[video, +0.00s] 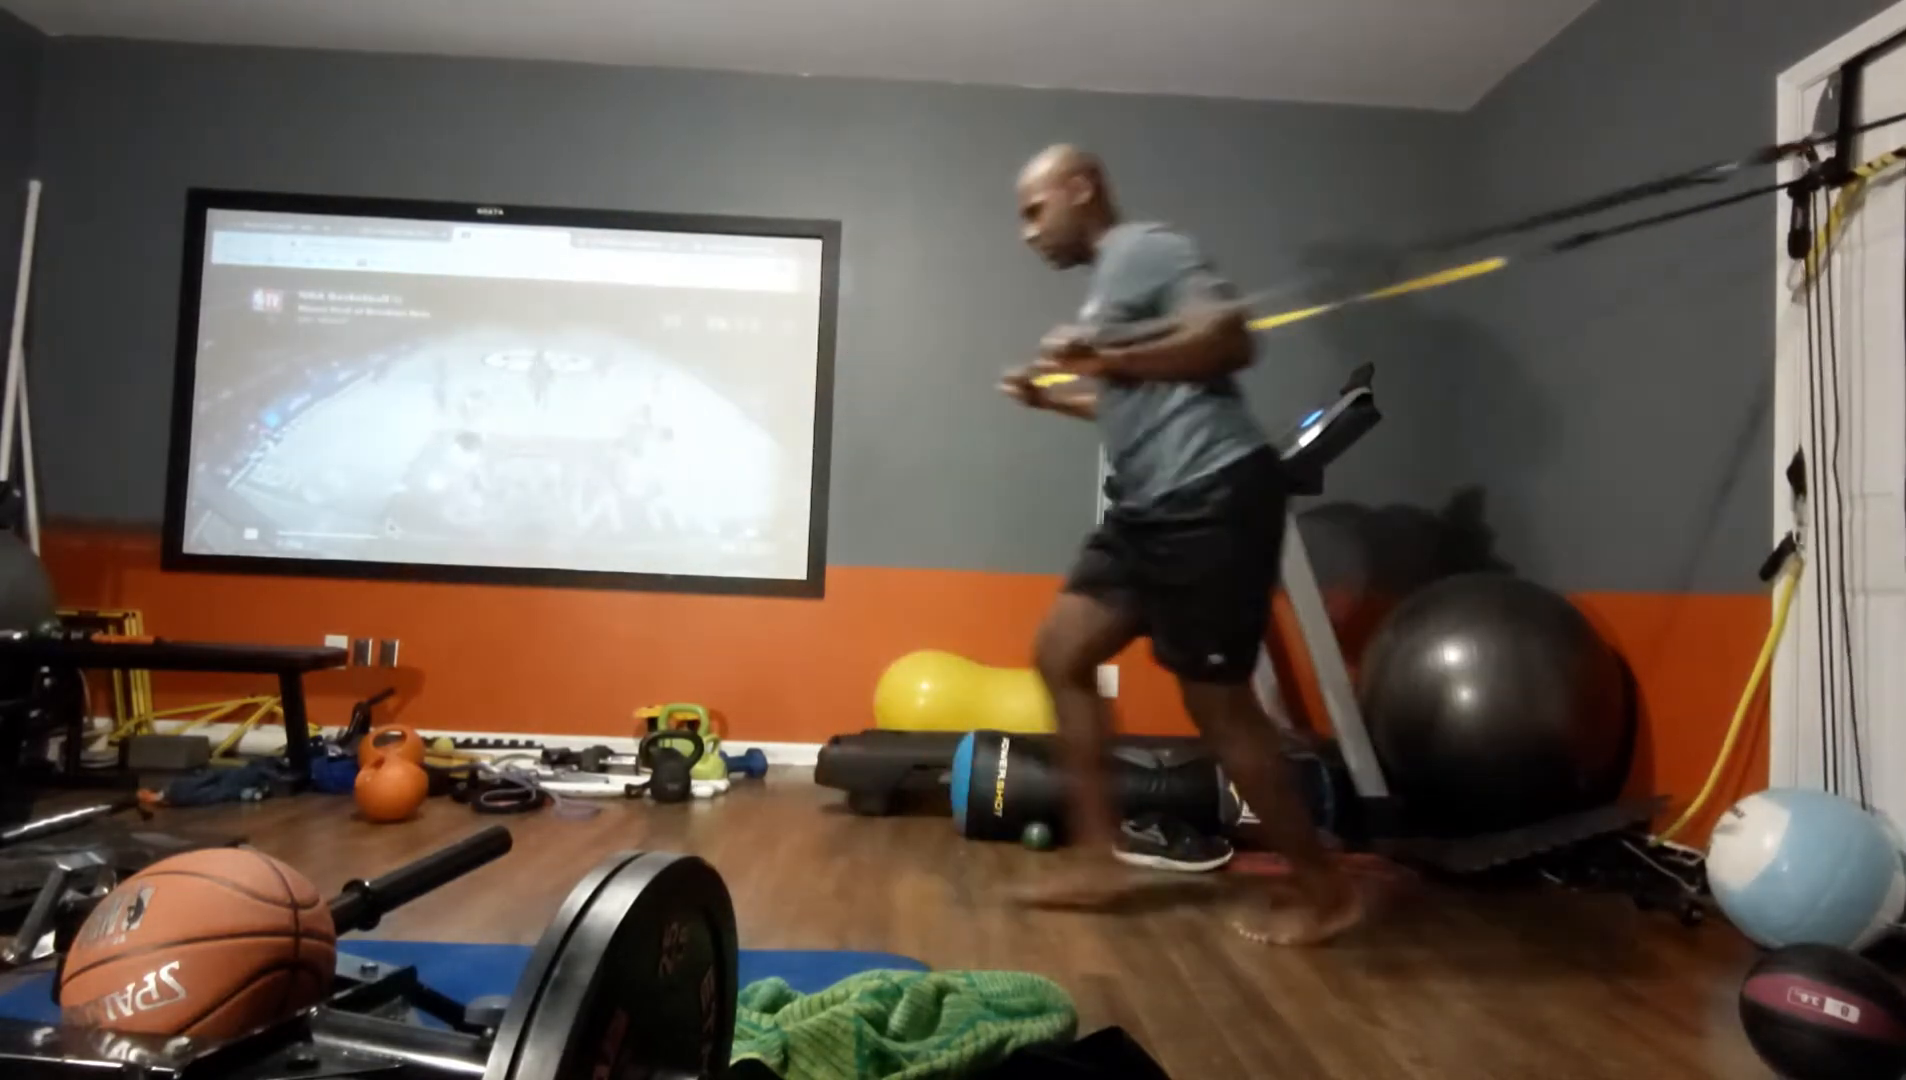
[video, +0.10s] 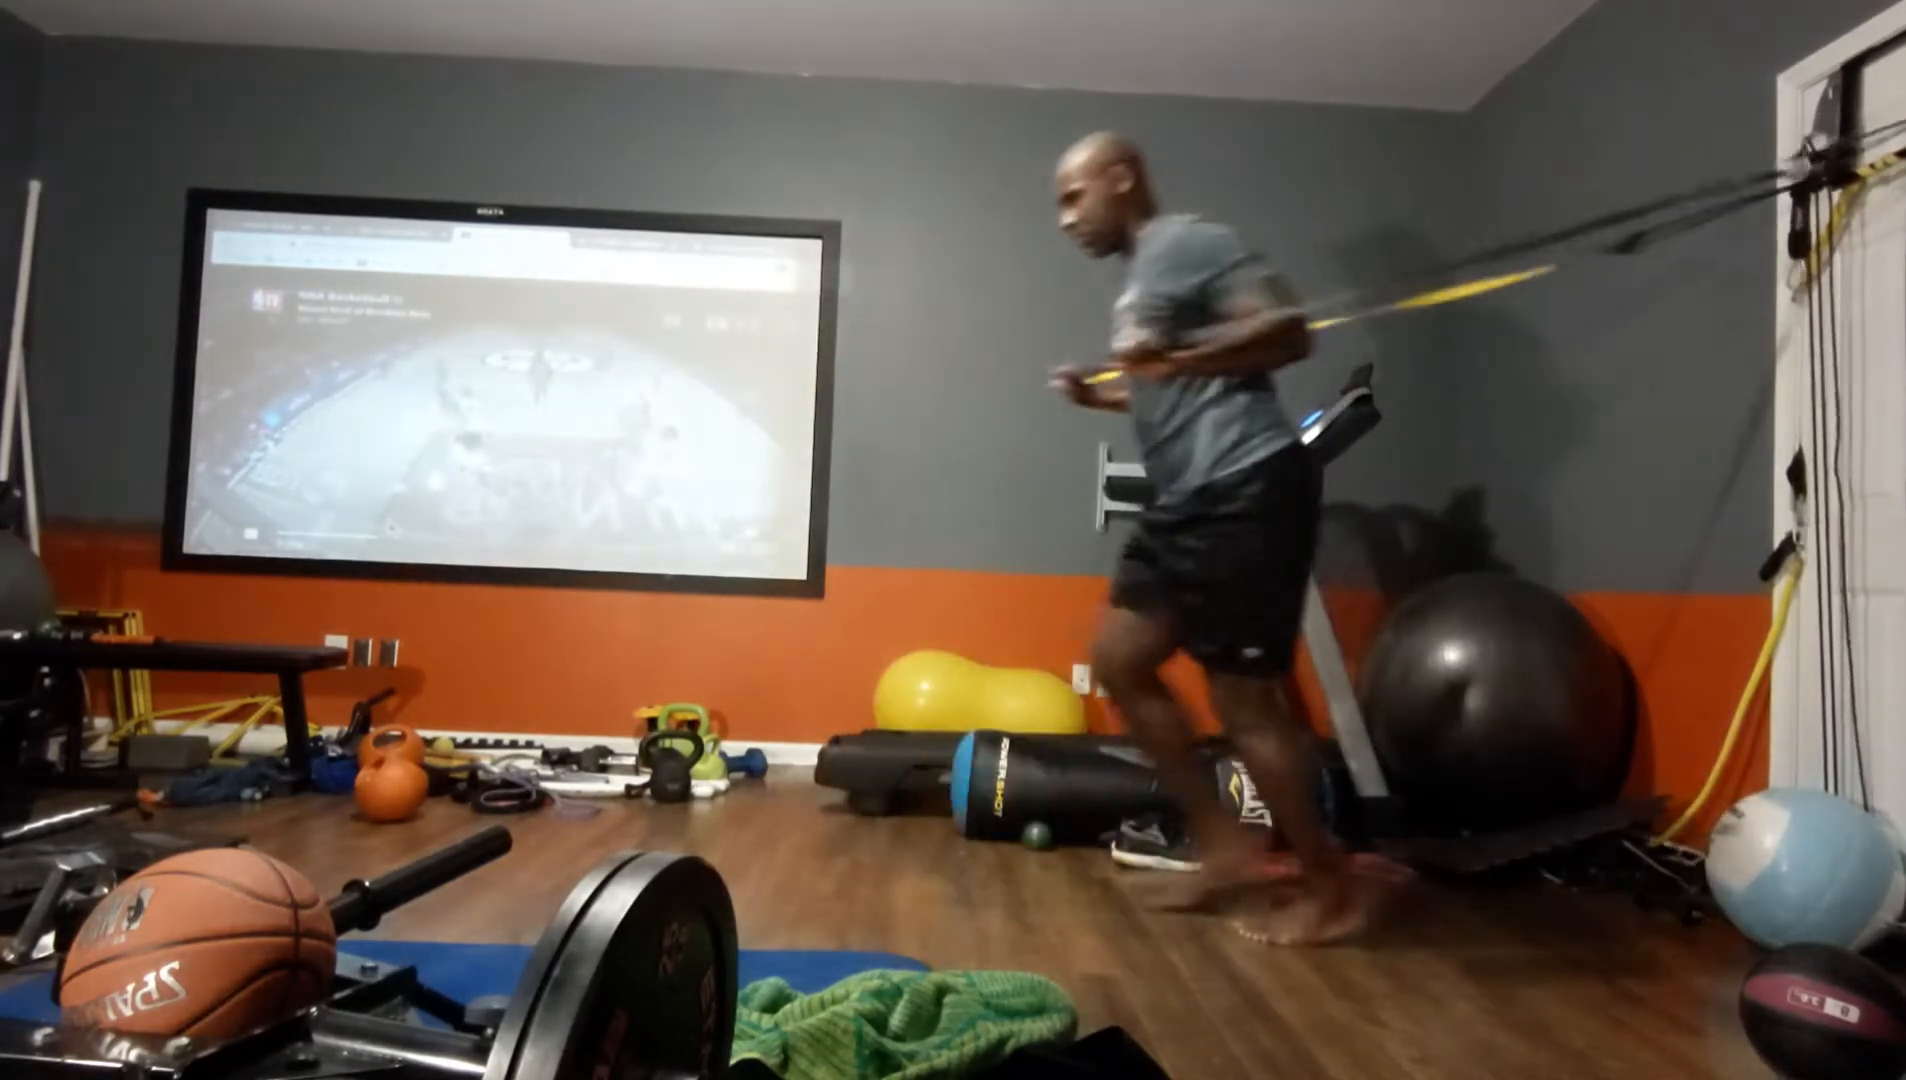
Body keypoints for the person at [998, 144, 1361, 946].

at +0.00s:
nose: (1028, 231)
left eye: (1035, 210)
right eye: (1022, 217)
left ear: (1084, 189)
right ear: (1074, 197)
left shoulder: (1147, 249)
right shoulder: (1103, 292)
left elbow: (1227, 338)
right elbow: (1135, 408)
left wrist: (1105, 355)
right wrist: (1058, 398)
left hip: (1219, 494)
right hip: (1152, 507)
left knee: (1221, 708)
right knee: (1062, 653)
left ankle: (1325, 886)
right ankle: (1099, 857)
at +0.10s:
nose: (1065, 218)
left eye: (1073, 196)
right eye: (1059, 203)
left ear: (1126, 180)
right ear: (1107, 193)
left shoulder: (1192, 240)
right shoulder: (1138, 282)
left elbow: (1285, 333)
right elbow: (1174, 389)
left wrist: (1175, 361)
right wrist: (1099, 392)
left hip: (1254, 486)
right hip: (1188, 499)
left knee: (1248, 704)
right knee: (1119, 661)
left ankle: (1329, 888)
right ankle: (1225, 843)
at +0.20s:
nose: (1102, 207)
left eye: (1113, 185)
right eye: (1099, 192)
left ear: (1166, 174)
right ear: (1149, 185)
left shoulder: (1227, 237)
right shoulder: (1167, 282)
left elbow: (1330, 323)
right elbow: (1207, 387)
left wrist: (1231, 356)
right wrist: (1137, 389)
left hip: (1277, 490)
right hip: (1214, 501)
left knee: (1261, 697)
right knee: (1187, 681)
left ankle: (1333, 898)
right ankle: (1318, 813)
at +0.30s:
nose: (1139, 203)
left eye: (1150, 184)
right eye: (1136, 189)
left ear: (1202, 179)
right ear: (1171, 191)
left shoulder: (1261, 243)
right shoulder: (1195, 289)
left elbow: (1364, 332)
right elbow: (1225, 395)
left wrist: (1267, 363)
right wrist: (1151, 395)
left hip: (1301, 492)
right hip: (1250, 501)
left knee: (1270, 700)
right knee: (1266, 697)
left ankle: (1332, 900)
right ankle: (1398, 822)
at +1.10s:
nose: (1071, 254)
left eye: (1078, 233)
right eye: (1064, 240)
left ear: (1128, 218)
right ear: (1098, 235)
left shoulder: (1191, 271)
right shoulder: (1138, 317)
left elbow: (1314, 344)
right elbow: (1180, 399)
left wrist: (1225, 382)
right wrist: (1125, 415)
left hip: (1262, 498)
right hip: (1243, 505)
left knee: (1208, 697)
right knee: (1308, 699)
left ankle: (1327, 889)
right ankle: (1445, 840)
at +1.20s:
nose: (1018, 269)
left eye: (1023, 246)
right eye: (1009, 256)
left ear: (1070, 224)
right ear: (1036, 249)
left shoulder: (1137, 272)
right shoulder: (1093, 316)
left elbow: (1257, 347)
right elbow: (1141, 410)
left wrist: (1158, 383)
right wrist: (1080, 418)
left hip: (1221, 497)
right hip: (1192, 509)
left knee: (1197, 709)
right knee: (1228, 705)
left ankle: (1327, 886)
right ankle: (1383, 814)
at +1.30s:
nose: (967, 285)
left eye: (971, 263)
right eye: (955, 275)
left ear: (1013, 239)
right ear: (962, 275)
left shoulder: (1076, 284)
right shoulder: (1040, 328)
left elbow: (1149, 359)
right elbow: (1085, 411)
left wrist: (1033, 381)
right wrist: (1010, 419)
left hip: (1190, 498)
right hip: (1133, 520)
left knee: (1185, 715)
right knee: (1096, 696)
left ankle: (1325, 878)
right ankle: (1271, 764)